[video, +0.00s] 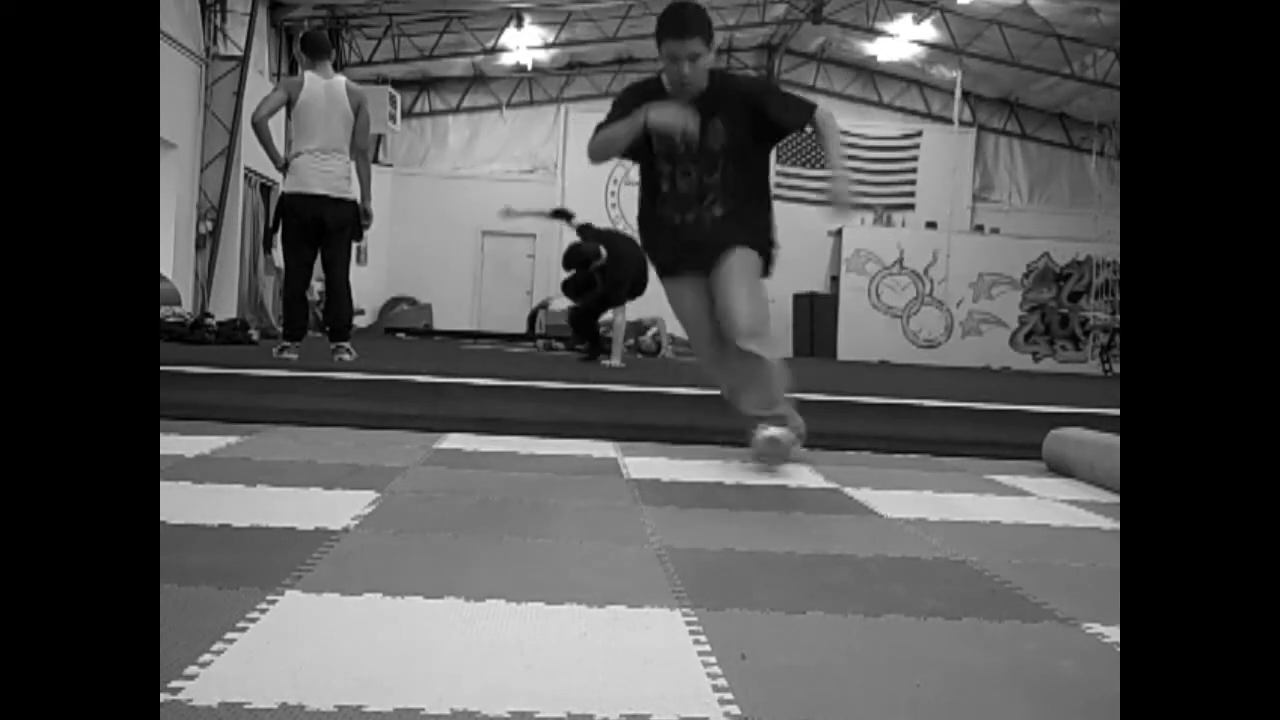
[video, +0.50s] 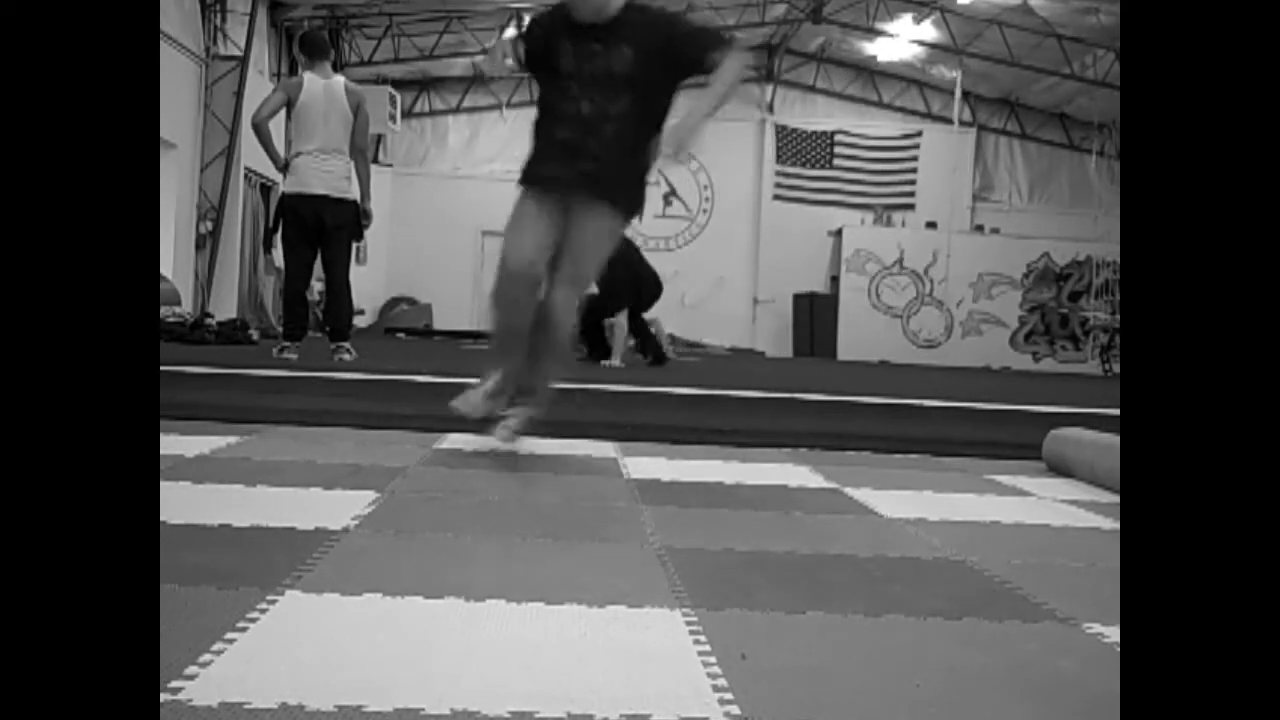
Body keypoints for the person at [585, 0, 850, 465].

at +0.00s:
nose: (683, 71)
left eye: (693, 59)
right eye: (673, 60)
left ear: (711, 52)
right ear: (660, 54)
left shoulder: (744, 94)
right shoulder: (641, 99)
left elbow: (820, 117)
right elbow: (597, 150)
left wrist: (839, 177)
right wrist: (644, 117)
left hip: (735, 233)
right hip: (671, 241)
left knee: (743, 328)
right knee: (713, 358)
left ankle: (773, 420)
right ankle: (777, 418)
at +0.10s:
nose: (690, 59)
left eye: (701, 48)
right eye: (680, 47)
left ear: (719, 41)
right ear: (666, 39)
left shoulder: (739, 86)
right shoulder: (635, 86)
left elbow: (783, 135)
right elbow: (603, 156)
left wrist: (764, 192)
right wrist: (644, 188)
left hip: (713, 212)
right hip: (652, 219)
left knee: (706, 312)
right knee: (680, 335)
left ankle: (712, 416)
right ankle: (760, 409)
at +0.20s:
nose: (680, 51)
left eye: (691, 40)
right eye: (671, 39)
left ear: (712, 36)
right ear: (660, 32)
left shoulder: (729, 92)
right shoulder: (625, 84)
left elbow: (732, 155)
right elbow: (599, 154)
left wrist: (723, 206)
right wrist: (608, 206)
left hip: (689, 220)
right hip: (627, 218)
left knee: (677, 319)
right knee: (627, 321)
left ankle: (673, 425)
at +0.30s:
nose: (634, 26)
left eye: (644, 15)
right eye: (631, 15)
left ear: (676, 13)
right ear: (628, 15)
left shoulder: (711, 68)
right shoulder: (609, 56)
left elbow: (764, 118)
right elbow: (554, 97)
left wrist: (751, 163)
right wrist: (552, 118)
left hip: (663, 213)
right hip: (601, 207)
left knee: (662, 325)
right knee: (582, 275)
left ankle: (667, 427)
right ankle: (588, 342)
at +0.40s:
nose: (613, 11)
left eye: (619, 6)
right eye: (606, 6)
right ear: (600, 3)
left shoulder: (688, 34)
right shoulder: (580, 25)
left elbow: (767, 56)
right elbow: (520, 48)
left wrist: (763, 97)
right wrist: (507, 43)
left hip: (641, 183)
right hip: (577, 172)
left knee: (617, 295)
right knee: (540, 251)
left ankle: (609, 410)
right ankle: (547, 313)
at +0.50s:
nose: (579, 8)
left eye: (587, 4)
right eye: (574, 5)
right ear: (568, 0)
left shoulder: (655, 28)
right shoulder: (552, 26)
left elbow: (734, 59)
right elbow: (507, 59)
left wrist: (687, 128)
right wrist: (495, 60)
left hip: (610, 183)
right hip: (548, 174)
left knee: (562, 294)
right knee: (515, 269)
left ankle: (530, 405)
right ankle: (505, 374)